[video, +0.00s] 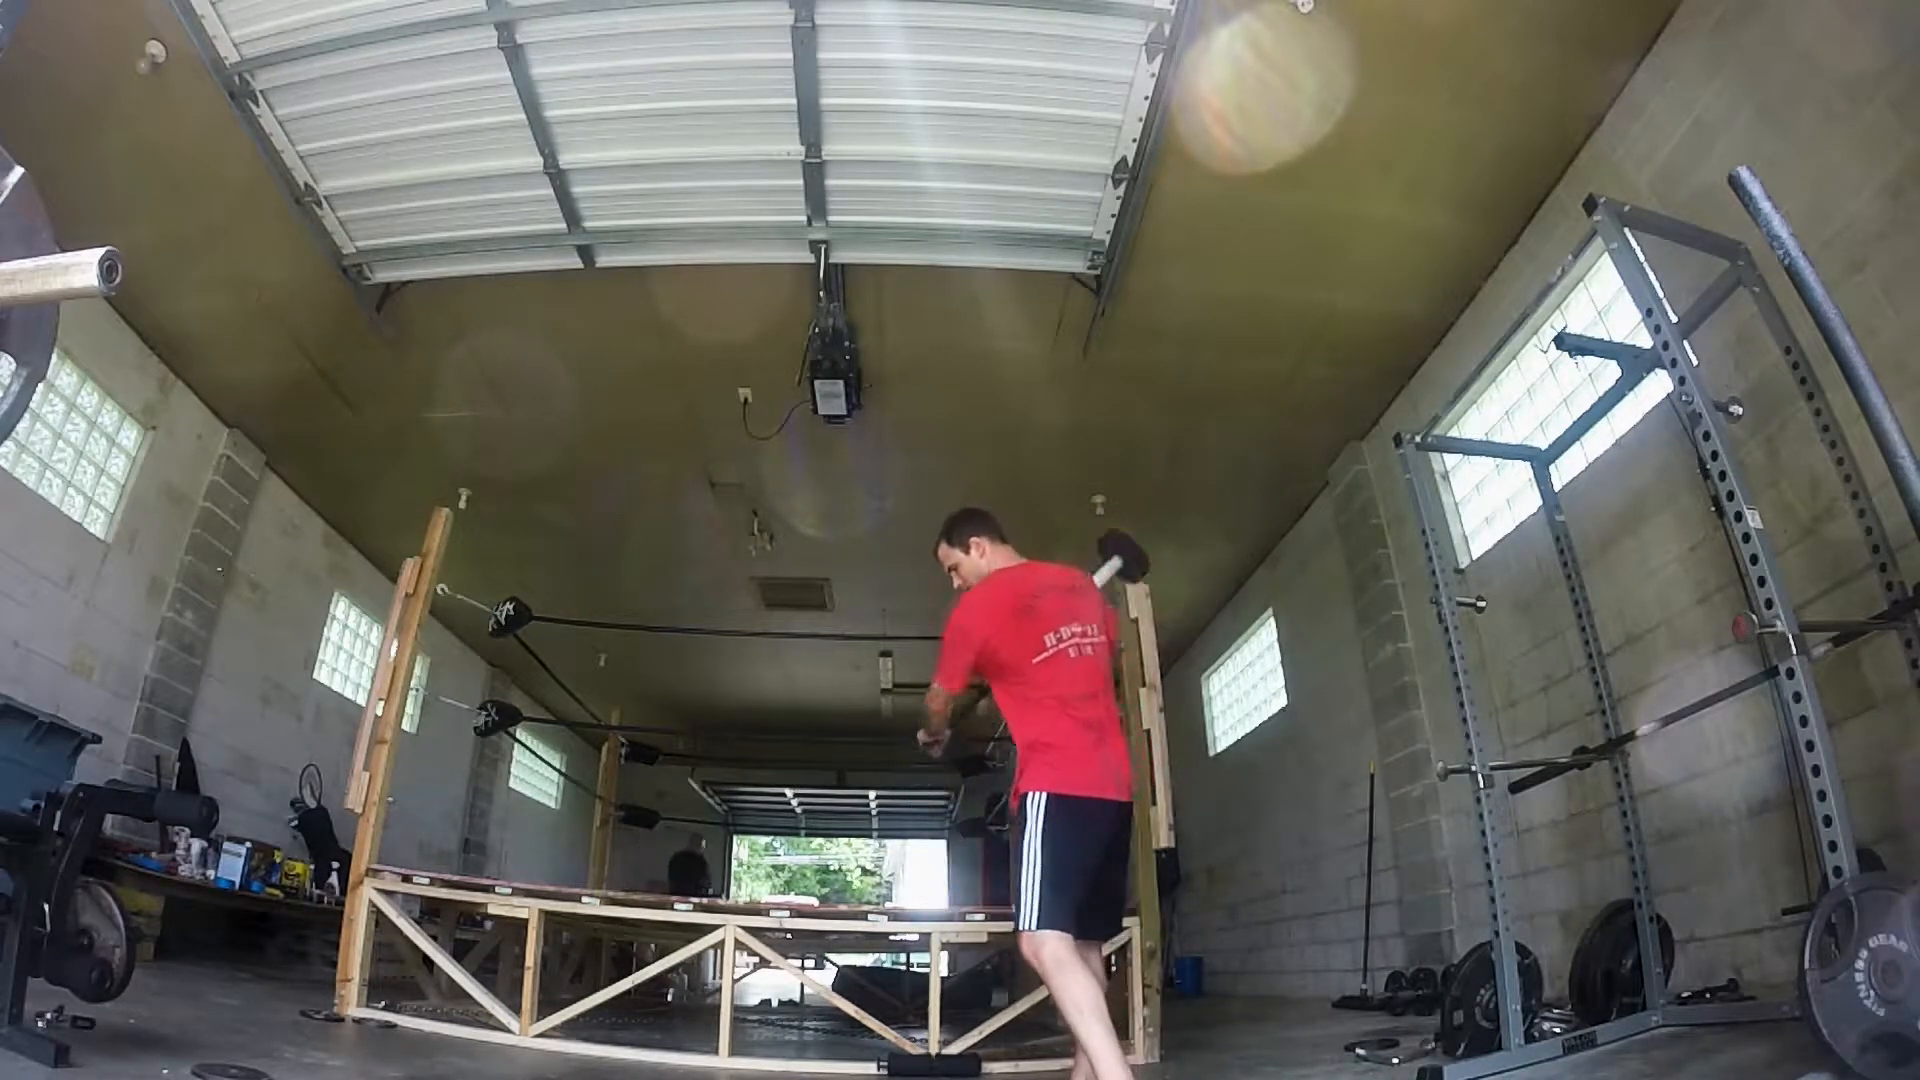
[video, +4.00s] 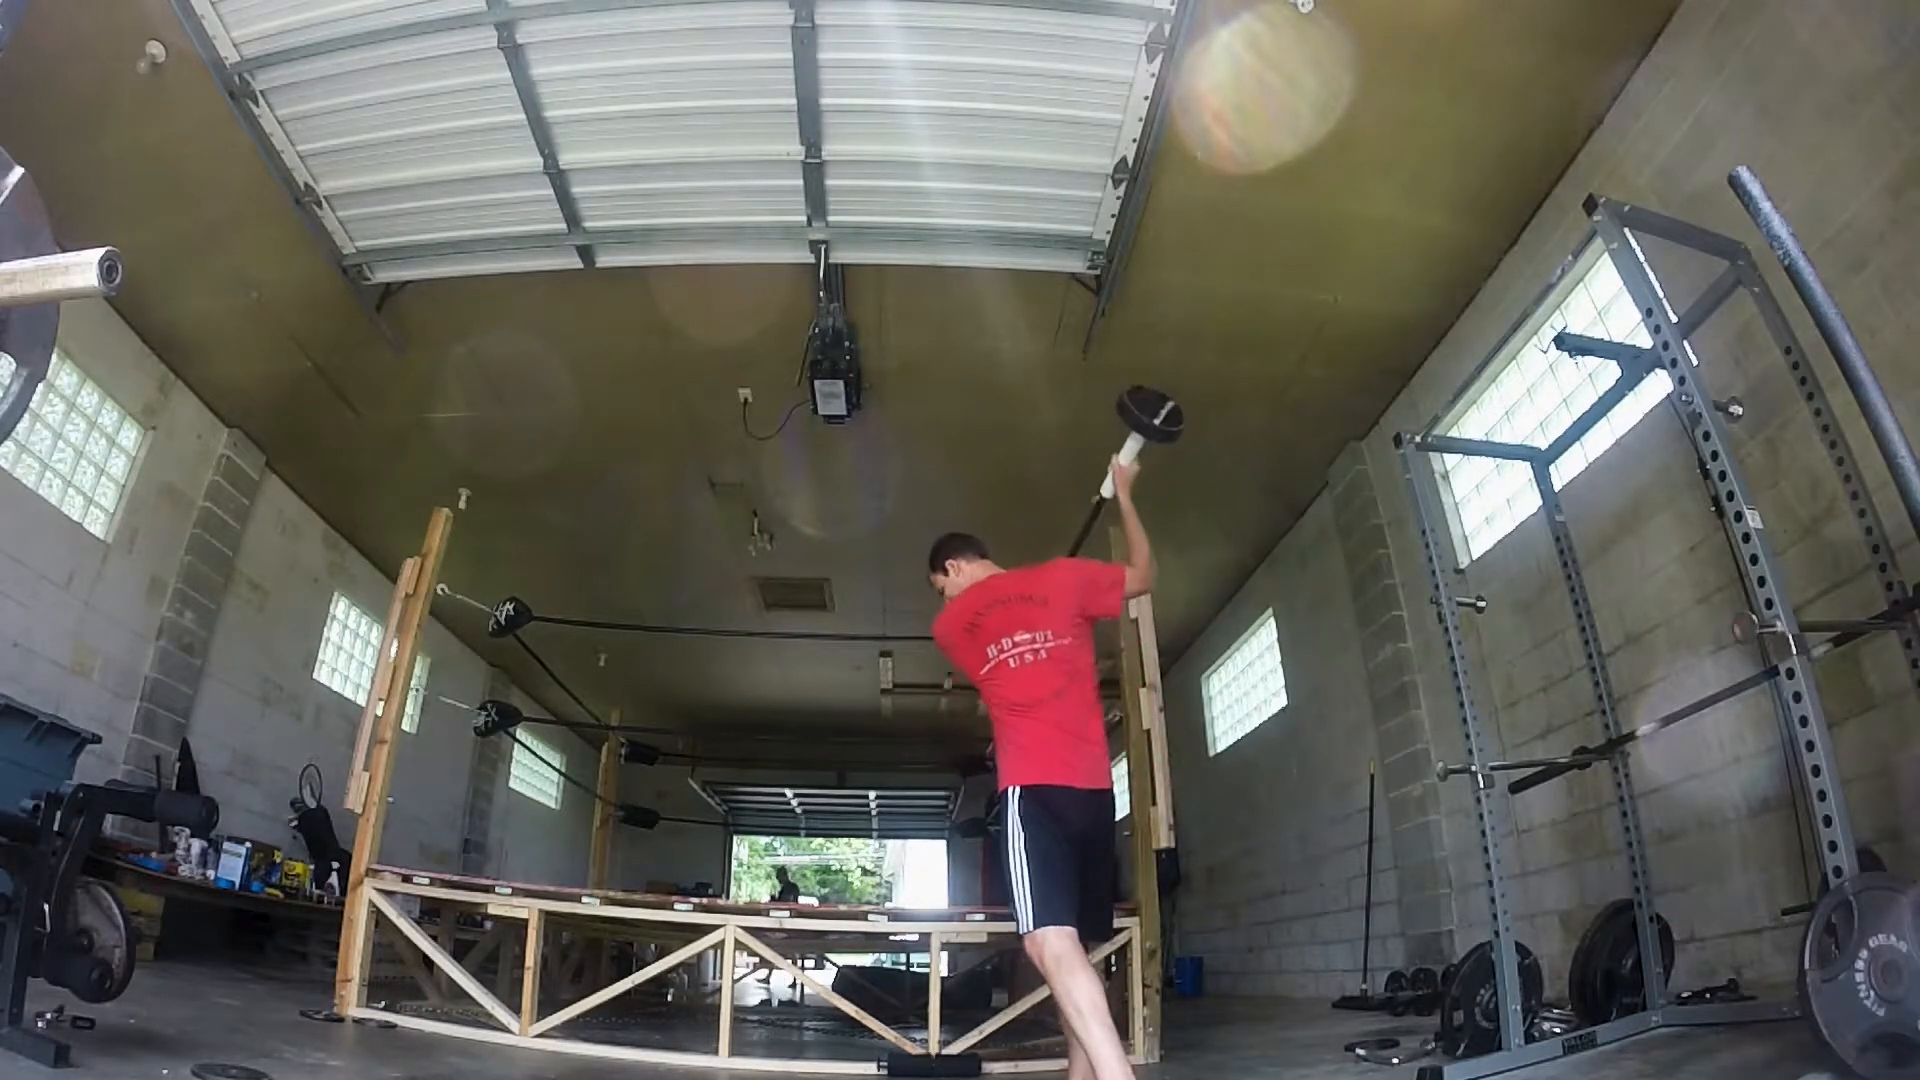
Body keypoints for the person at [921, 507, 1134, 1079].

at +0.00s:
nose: (956, 584)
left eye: (953, 569)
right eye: (950, 574)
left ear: (977, 546)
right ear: (998, 542)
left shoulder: (978, 604)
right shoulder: (1082, 583)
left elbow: (941, 701)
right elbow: (1111, 661)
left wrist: (934, 732)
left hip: (1056, 784)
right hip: (1112, 785)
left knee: (1044, 940)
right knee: (1086, 942)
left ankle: (1116, 1074)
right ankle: (1086, 1071)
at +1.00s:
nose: (951, 591)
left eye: (948, 578)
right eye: (947, 582)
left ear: (965, 559)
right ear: (995, 553)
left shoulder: (960, 614)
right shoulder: (1066, 581)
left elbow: (969, 665)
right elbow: (1112, 556)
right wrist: (1100, 481)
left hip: (1049, 778)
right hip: (1100, 773)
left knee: (1050, 934)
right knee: (1072, 936)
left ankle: (1117, 1075)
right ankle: (1083, 1072)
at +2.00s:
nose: (963, 581)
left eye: (963, 563)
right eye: (954, 576)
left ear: (990, 540)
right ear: (960, 578)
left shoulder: (1075, 562)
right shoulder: (1000, 653)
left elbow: (1174, 596)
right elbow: (999, 758)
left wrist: (1132, 668)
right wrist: (951, 848)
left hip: (1133, 764)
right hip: (1078, 791)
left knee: (1108, 924)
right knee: (1065, 939)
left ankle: (1138, 1075)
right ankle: (1087, 1073)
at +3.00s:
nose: (954, 601)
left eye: (950, 584)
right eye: (946, 593)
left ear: (976, 554)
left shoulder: (1072, 560)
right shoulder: (999, 651)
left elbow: (1175, 574)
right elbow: (1010, 752)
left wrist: (1151, 628)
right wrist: (983, 848)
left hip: (1125, 759)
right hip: (1074, 787)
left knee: (1092, 923)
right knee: (1054, 938)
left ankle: (1133, 1075)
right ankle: (1083, 1071)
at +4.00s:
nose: (944, 597)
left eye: (940, 586)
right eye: (941, 588)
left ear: (952, 571)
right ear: (985, 560)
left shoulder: (953, 623)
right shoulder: (1063, 574)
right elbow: (1141, 576)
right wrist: (1124, 496)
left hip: (1031, 791)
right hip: (1094, 790)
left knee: (1050, 941)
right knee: (1077, 945)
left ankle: (1119, 1075)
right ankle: (1081, 1073)